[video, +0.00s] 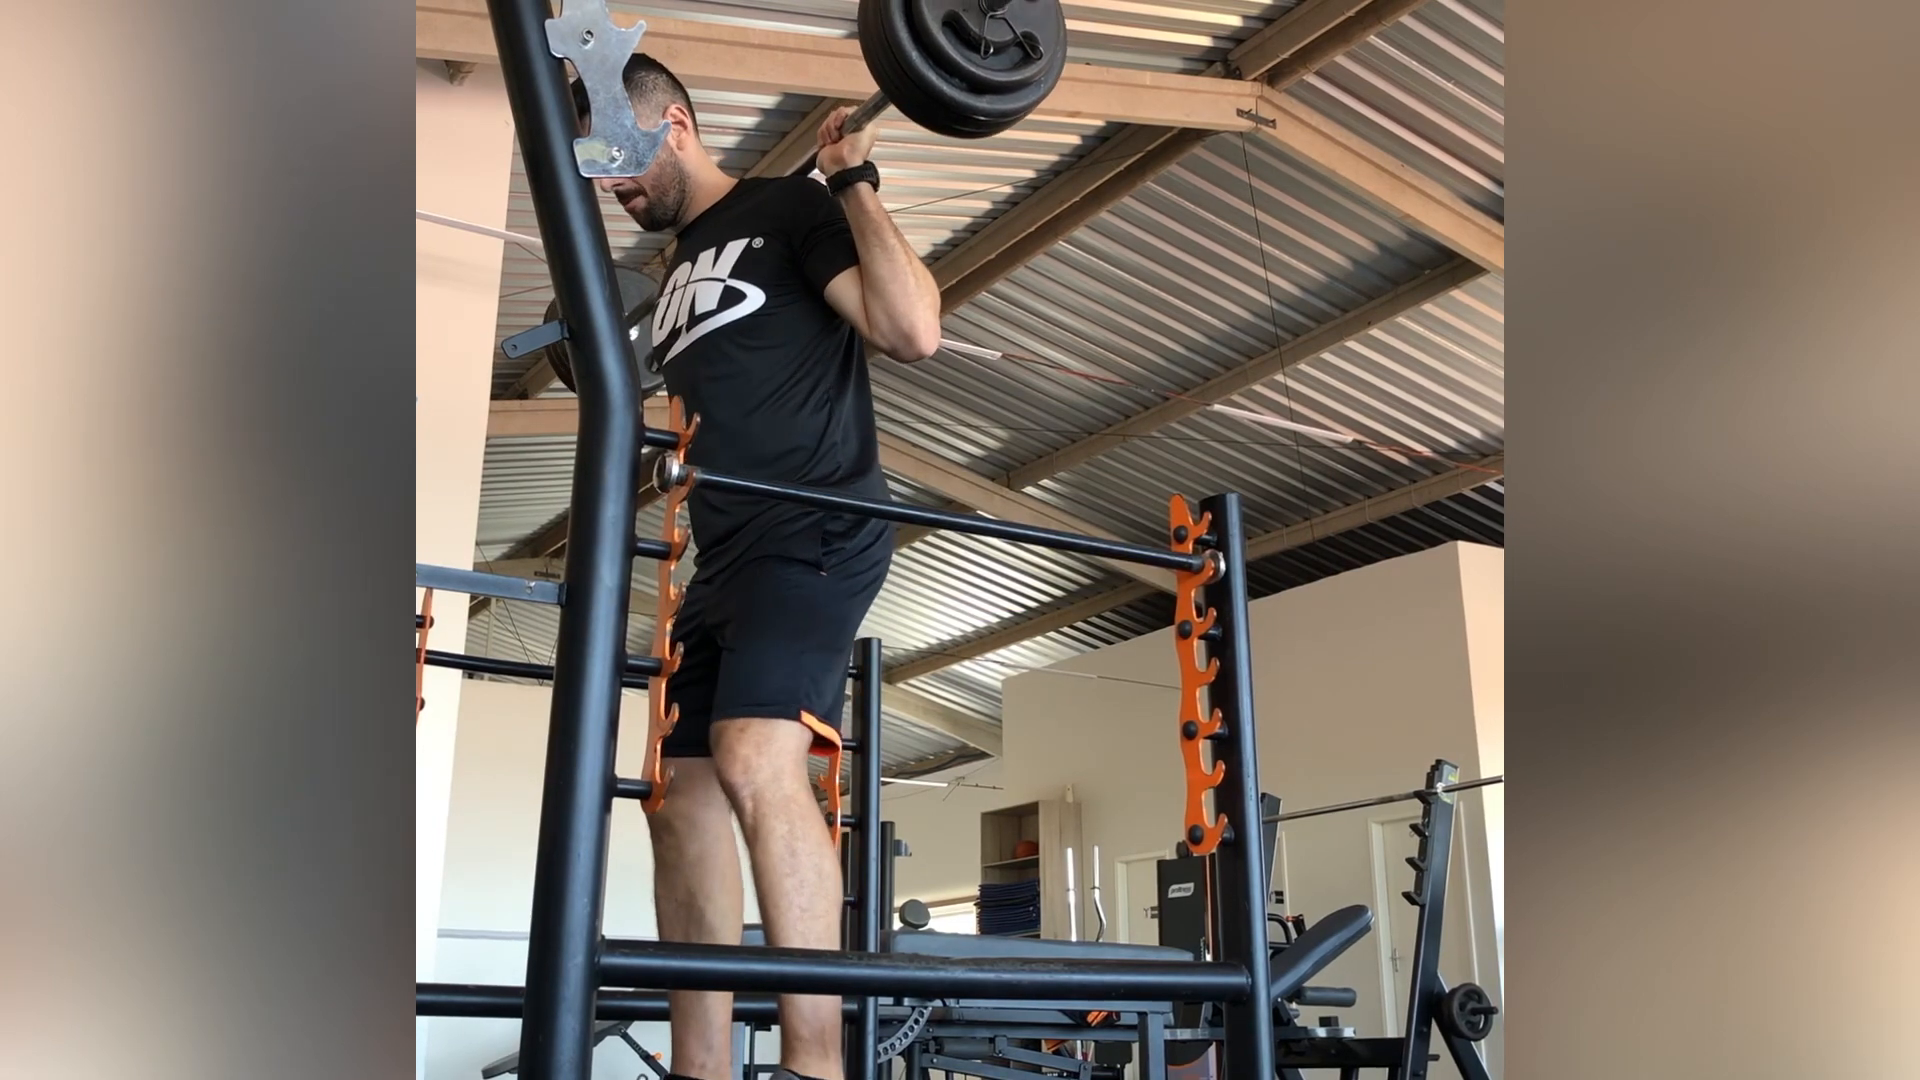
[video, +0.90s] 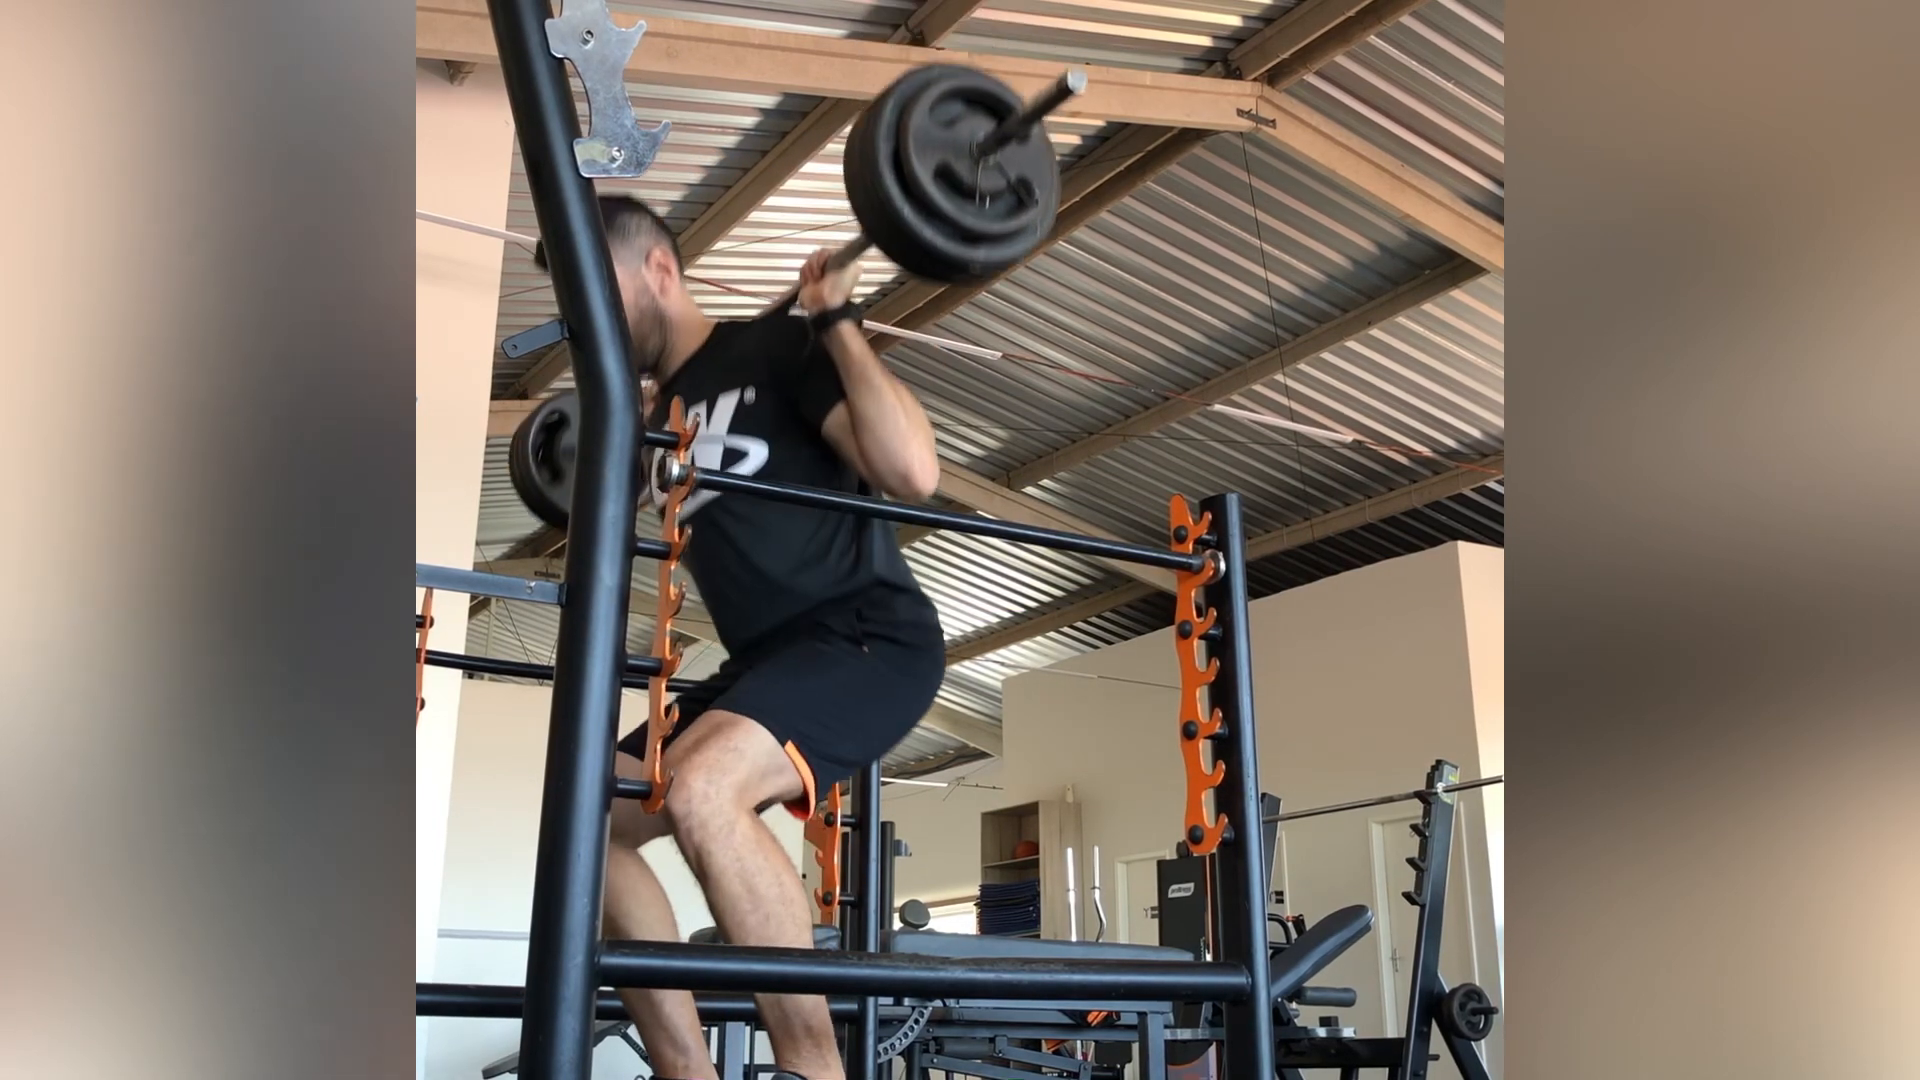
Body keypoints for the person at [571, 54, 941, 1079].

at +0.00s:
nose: (615, 183)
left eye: (626, 155)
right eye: (602, 168)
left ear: (680, 127)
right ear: (610, 171)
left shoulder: (790, 205)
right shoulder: (677, 277)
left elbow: (914, 332)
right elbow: (709, 421)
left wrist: (855, 184)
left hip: (817, 526)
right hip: (725, 546)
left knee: (758, 754)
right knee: (683, 789)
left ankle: (819, 1063)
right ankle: (699, 1068)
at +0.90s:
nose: (590, 309)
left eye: (600, 283)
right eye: (582, 288)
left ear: (661, 267)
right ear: (642, 277)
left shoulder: (781, 341)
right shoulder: (661, 406)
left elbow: (914, 472)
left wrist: (837, 318)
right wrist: (621, 433)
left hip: (868, 634)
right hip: (763, 659)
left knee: (702, 789)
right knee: (587, 812)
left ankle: (816, 1068)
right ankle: (686, 1072)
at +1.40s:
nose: (557, 513)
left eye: (569, 483)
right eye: (545, 493)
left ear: (643, 458)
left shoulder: (751, 518)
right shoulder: (630, 578)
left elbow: (909, 654)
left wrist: (811, 510)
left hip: (887, 796)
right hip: (767, 824)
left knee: (684, 807)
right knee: (548, 845)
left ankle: (811, 1071)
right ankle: (681, 1074)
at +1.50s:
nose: (552, 537)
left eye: (566, 506)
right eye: (541, 517)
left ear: (644, 473)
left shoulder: (752, 544)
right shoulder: (625, 613)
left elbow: (905, 682)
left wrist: (810, 534)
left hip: (884, 820)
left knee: (676, 809)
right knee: (543, 848)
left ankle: (804, 1071)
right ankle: (680, 1074)